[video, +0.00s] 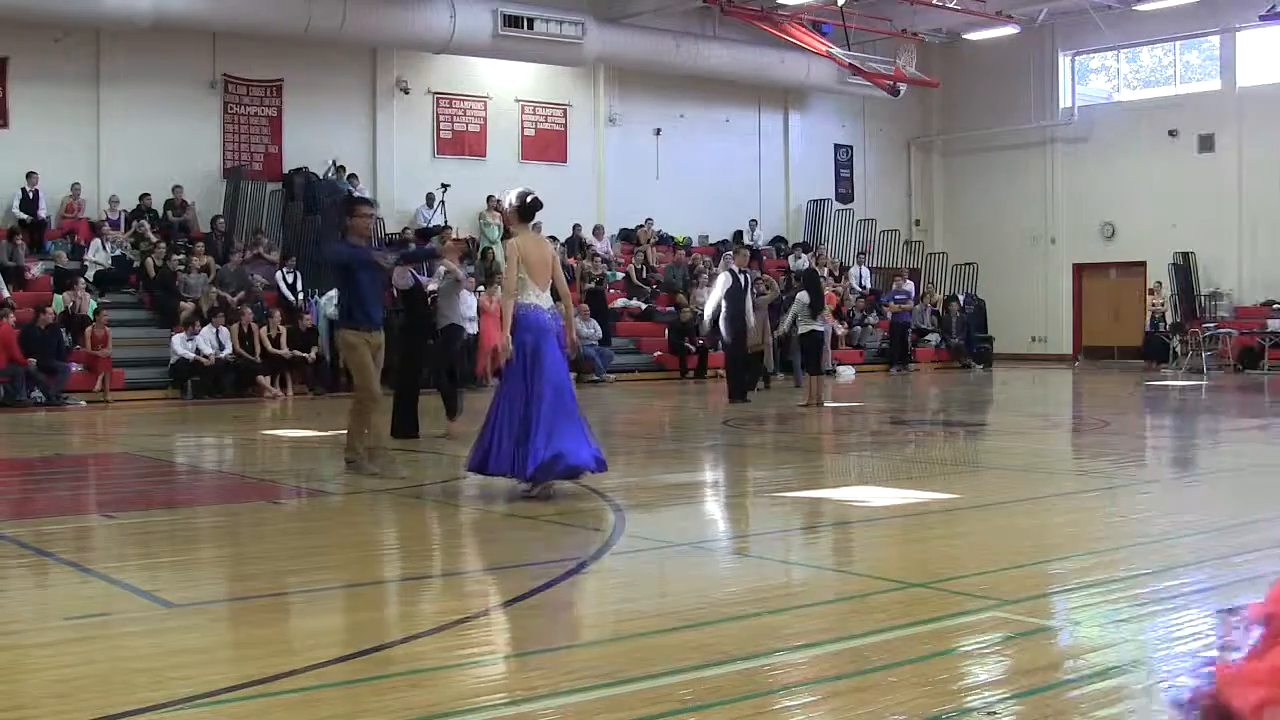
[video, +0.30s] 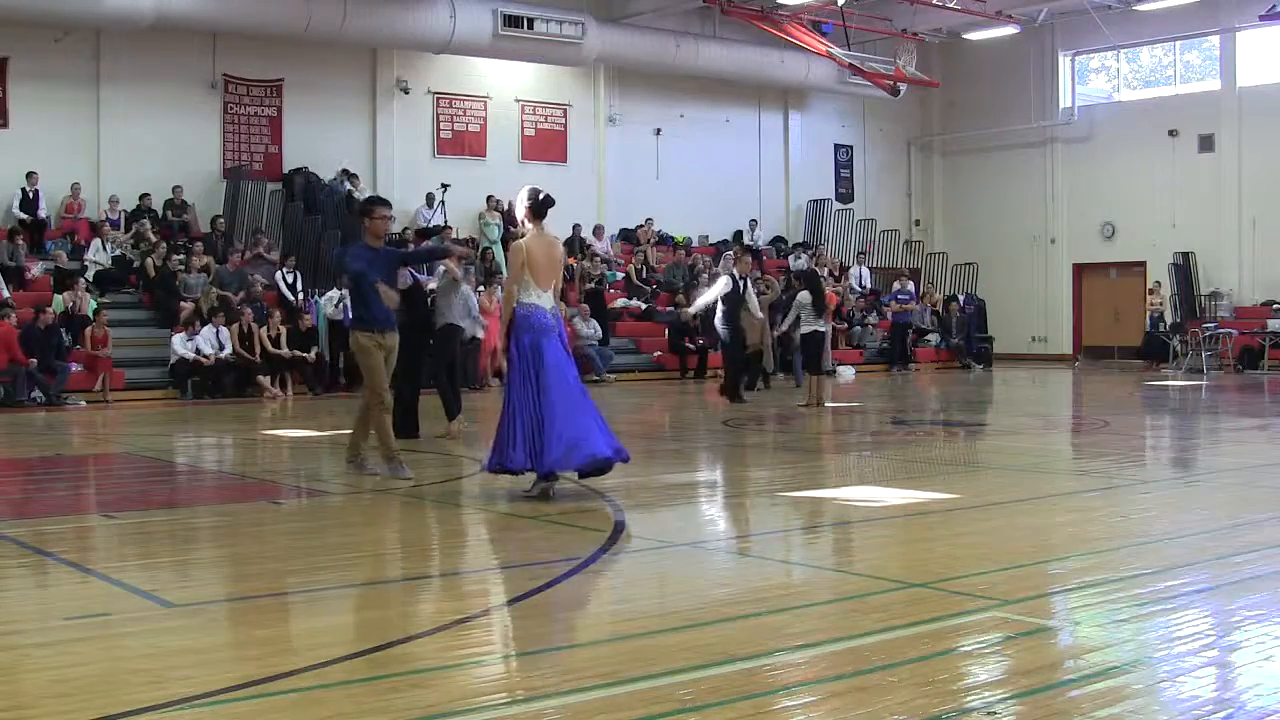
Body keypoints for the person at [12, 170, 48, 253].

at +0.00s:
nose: (37, 181)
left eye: (37, 178)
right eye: (34, 178)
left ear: (38, 180)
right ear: (28, 179)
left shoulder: (39, 192)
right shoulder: (20, 192)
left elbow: (42, 208)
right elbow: (15, 209)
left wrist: (42, 216)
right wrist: (26, 217)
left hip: (36, 217)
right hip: (25, 218)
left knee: (42, 224)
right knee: (32, 226)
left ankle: (40, 247)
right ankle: (32, 247)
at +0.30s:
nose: (37, 181)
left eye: (37, 178)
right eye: (34, 178)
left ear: (37, 180)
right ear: (29, 179)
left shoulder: (39, 193)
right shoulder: (20, 192)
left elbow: (42, 208)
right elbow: (15, 209)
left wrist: (42, 216)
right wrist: (25, 217)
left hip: (36, 217)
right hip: (25, 217)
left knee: (42, 223)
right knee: (33, 226)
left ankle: (40, 247)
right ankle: (32, 248)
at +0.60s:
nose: (36, 180)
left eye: (37, 178)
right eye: (34, 178)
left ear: (37, 180)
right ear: (28, 179)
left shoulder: (39, 193)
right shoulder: (20, 192)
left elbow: (42, 208)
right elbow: (15, 209)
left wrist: (41, 216)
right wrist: (25, 217)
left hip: (36, 217)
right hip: (25, 217)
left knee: (42, 224)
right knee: (33, 226)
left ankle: (40, 248)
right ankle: (32, 248)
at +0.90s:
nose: (36, 181)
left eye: (37, 178)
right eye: (34, 178)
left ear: (38, 180)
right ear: (28, 179)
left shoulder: (39, 193)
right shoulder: (20, 192)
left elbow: (42, 208)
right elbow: (15, 209)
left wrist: (41, 216)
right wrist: (25, 217)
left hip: (36, 217)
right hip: (25, 217)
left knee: (42, 223)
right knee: (33, 226)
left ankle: (40, 248)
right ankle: (32, 248)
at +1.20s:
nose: (36, 181)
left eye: (37, 178)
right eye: (34, 178)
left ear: (38, 180)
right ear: (28, 179)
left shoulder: (39, 192)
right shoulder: (20, 192)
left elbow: (42, 208)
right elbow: (15, 209)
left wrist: (42, 216)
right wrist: (25, 217)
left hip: (36, 217)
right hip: (24, 217)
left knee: (43, 224)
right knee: (33, 227)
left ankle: (40, 247)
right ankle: (32, 248)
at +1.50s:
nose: (36, 181)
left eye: (37, 179)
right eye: (34, 178)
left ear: (38, 180)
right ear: (28, 179)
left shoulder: (39, 193)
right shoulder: (20, 192)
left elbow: (42, 208)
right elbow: (15, 209)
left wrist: (42, 216)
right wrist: (25, 217)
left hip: (36, 217)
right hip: (24, 217)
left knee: (43, 223)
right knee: (33, 226)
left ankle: (39, 248)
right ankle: (32, 249)